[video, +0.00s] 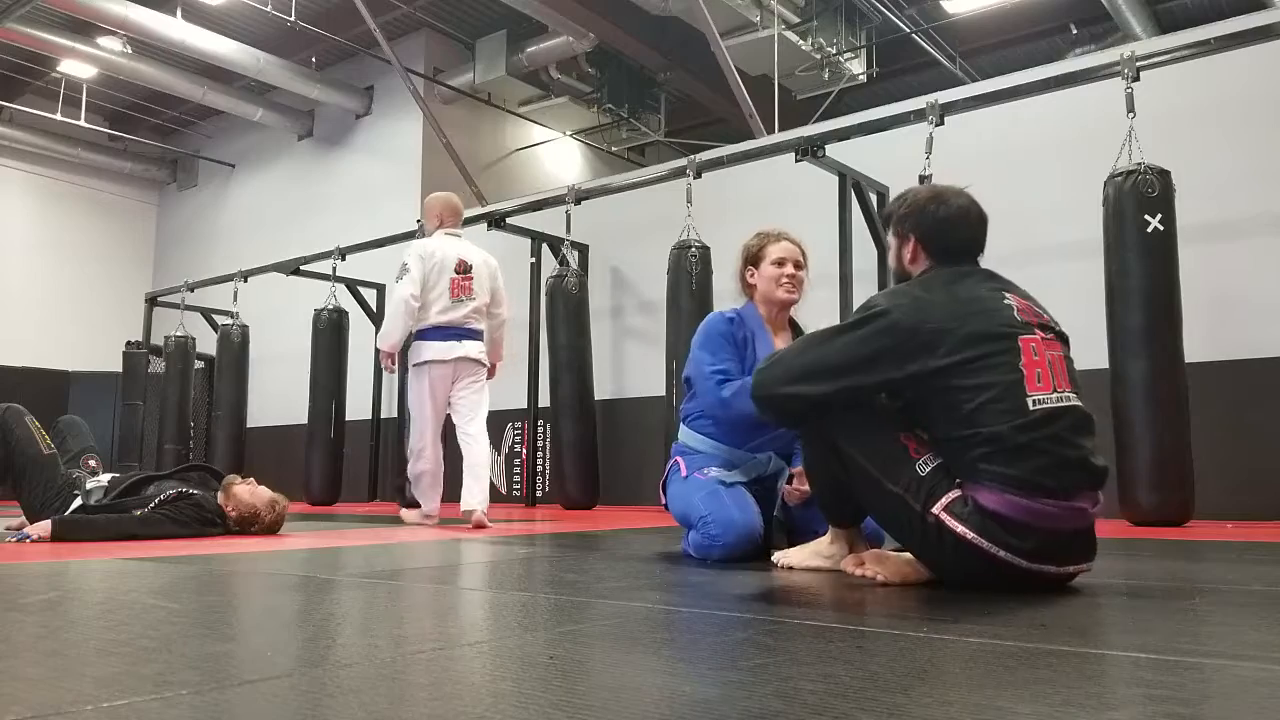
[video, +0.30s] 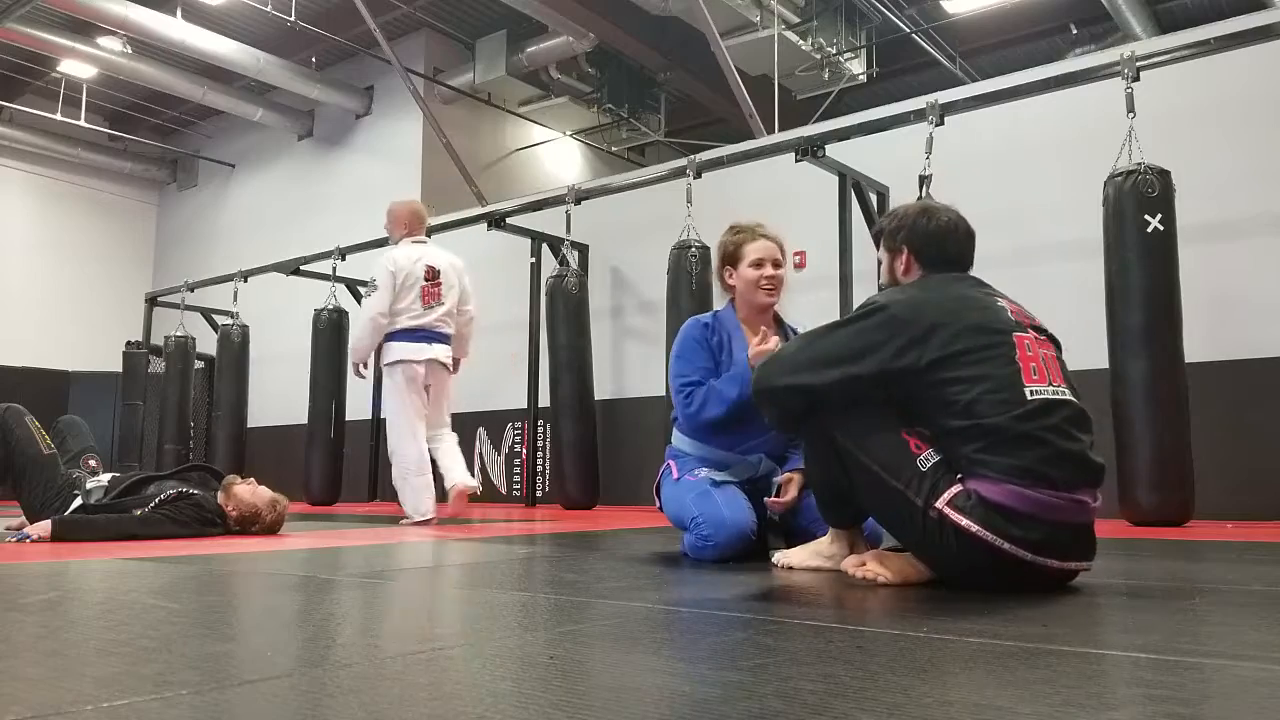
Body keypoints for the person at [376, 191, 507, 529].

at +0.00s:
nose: (424, 223)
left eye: (425, 218)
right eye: (425, 218)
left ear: (436, 218)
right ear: (459, 220)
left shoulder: (421, 250)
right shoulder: (485, 258)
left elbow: (407, 296)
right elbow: (498, 314)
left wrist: (388, 343)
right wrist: (494, 355)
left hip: (429, 350)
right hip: (473, 352)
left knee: (425, 430)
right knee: (474, 430)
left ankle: (426, 509)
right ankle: (476, 505)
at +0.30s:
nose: (386, 230)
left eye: (389, 225)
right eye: (387, 225)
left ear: (402, 225)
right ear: (422, 225)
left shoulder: (392, 259)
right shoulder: (452, 261)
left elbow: (378, 312)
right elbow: (466, 314)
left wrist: (358, 353)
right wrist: (457, 353)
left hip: (401, 352)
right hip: (440, 353)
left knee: (406, 430)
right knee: (440, 429)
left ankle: (420, 510)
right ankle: (459, 480)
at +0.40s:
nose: (375, 229)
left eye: (379, 224)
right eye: (377, 223)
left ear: (395, 227)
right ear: (410, 227)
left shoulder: (384, 261)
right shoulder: (439, 262)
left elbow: (364, 313)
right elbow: (454, 317)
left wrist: (345, 348)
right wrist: (449, 357)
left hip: (394, 355)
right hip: (430, 355)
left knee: (402, 431)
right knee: (415, 429)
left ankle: (423, 507)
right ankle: (423, 499)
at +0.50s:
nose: (363, 232)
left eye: (368, 227)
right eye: (365, 227)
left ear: (386, 232)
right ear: (397, 233)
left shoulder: (370, 263)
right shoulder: (426, 267)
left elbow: (350, 313)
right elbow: (441, 319)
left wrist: (331, 342)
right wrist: (440, 358)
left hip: (384, 357)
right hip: (419, 358)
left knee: (398, 434)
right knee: (389, 433)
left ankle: (422, 509)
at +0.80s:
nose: (331, 233)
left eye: (336, 229)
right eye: (333, 228)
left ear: (354, 235)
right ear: (360, 237)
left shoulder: (338, 267)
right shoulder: (384, 271)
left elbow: (320, 319)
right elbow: (393, 323)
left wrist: (290, 357)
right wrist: (389, 360)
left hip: (342, 360)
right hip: (373, 361)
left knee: (330, 435)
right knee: (353, 434)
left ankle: (390, 487)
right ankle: (341, 508)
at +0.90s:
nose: (319, 233)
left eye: (325, 230)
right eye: (321, 228)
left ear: (342, 236)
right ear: (347, 239)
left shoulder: (329, 267)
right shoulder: (367, 269)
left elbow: (315, 316)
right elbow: (375, 321)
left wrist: (291, 357)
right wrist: (364, 354)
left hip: (330, 359)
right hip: (360, 360)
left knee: (298, 432)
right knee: (345, 428)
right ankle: (346, 504)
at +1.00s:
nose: (306, 236)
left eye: (312, 232)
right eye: (308, 231)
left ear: (330, 240)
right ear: (335, 242)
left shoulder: (319, 270)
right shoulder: (350, 272)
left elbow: (312, 316)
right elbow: (352, 321)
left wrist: (293, 356)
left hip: (319, 363)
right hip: (344, 364)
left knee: (276, 429)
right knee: (340, 435)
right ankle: (343, 506)